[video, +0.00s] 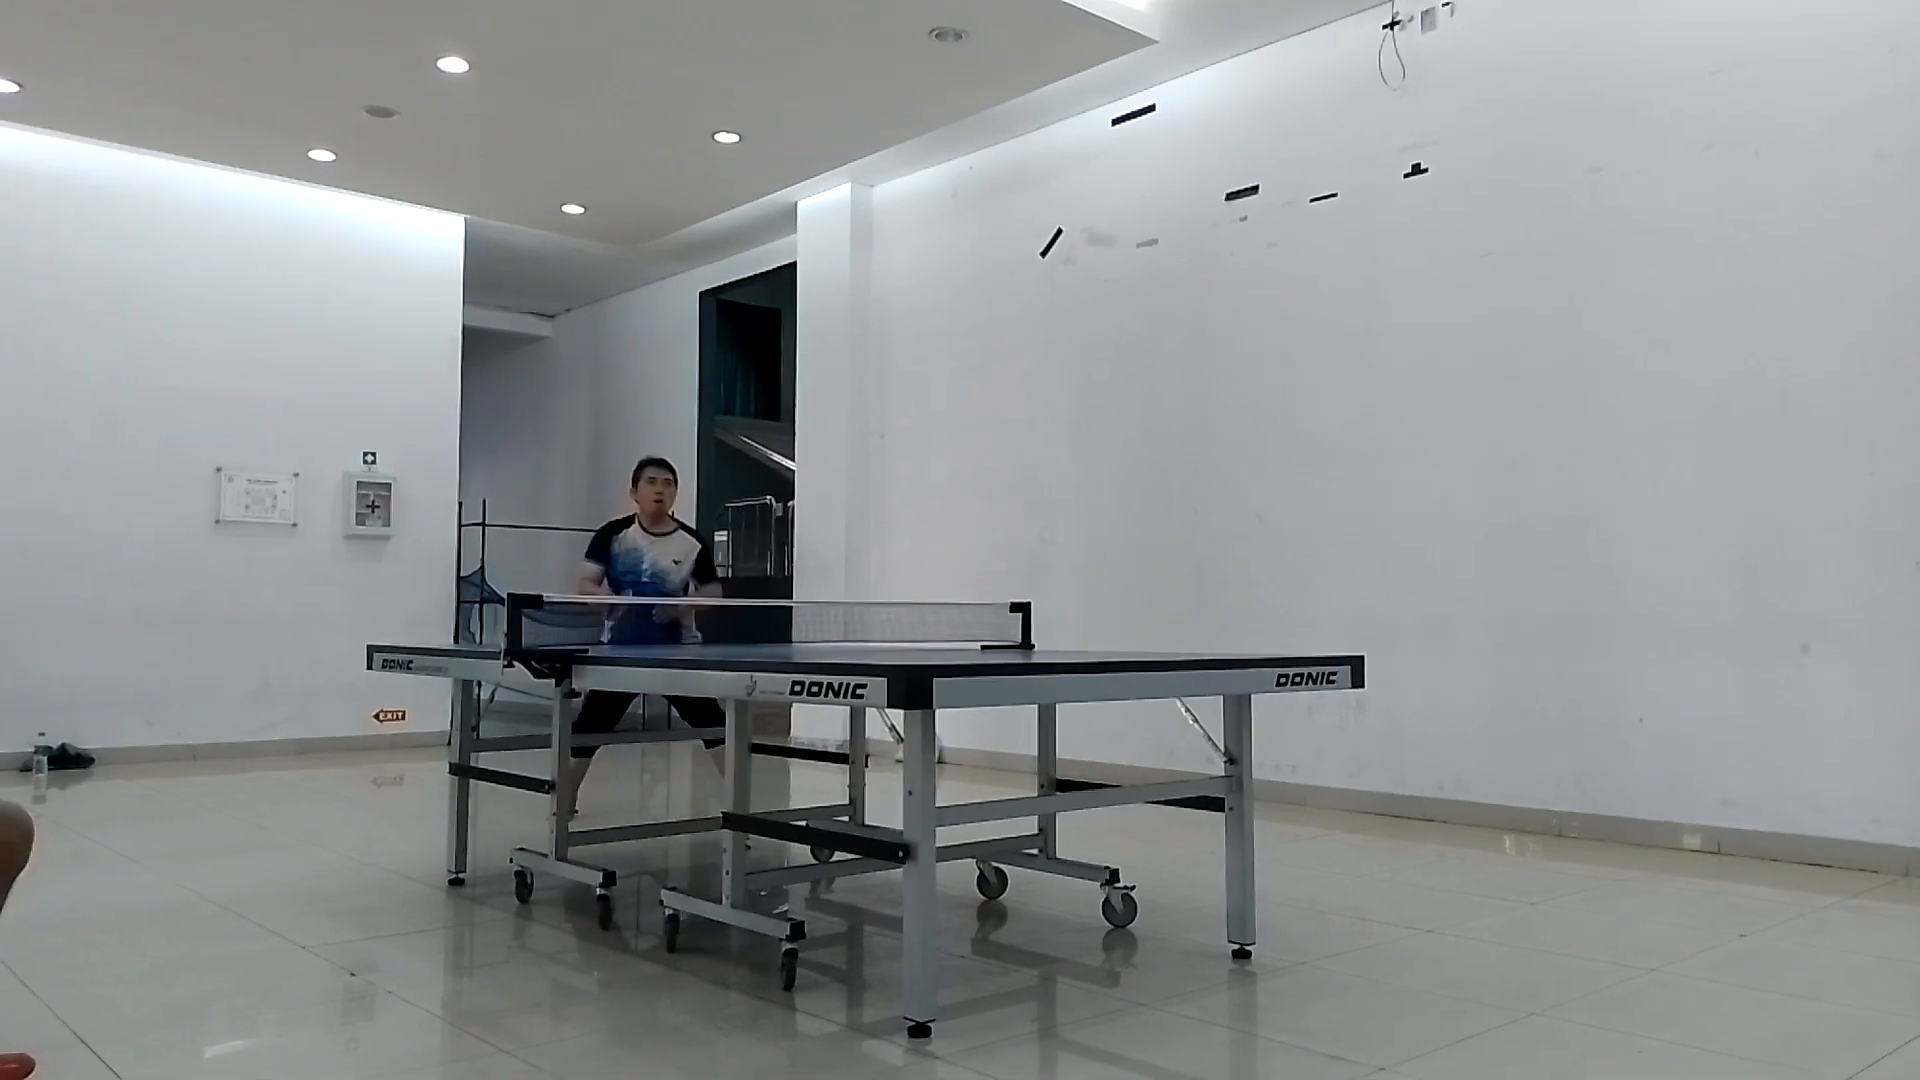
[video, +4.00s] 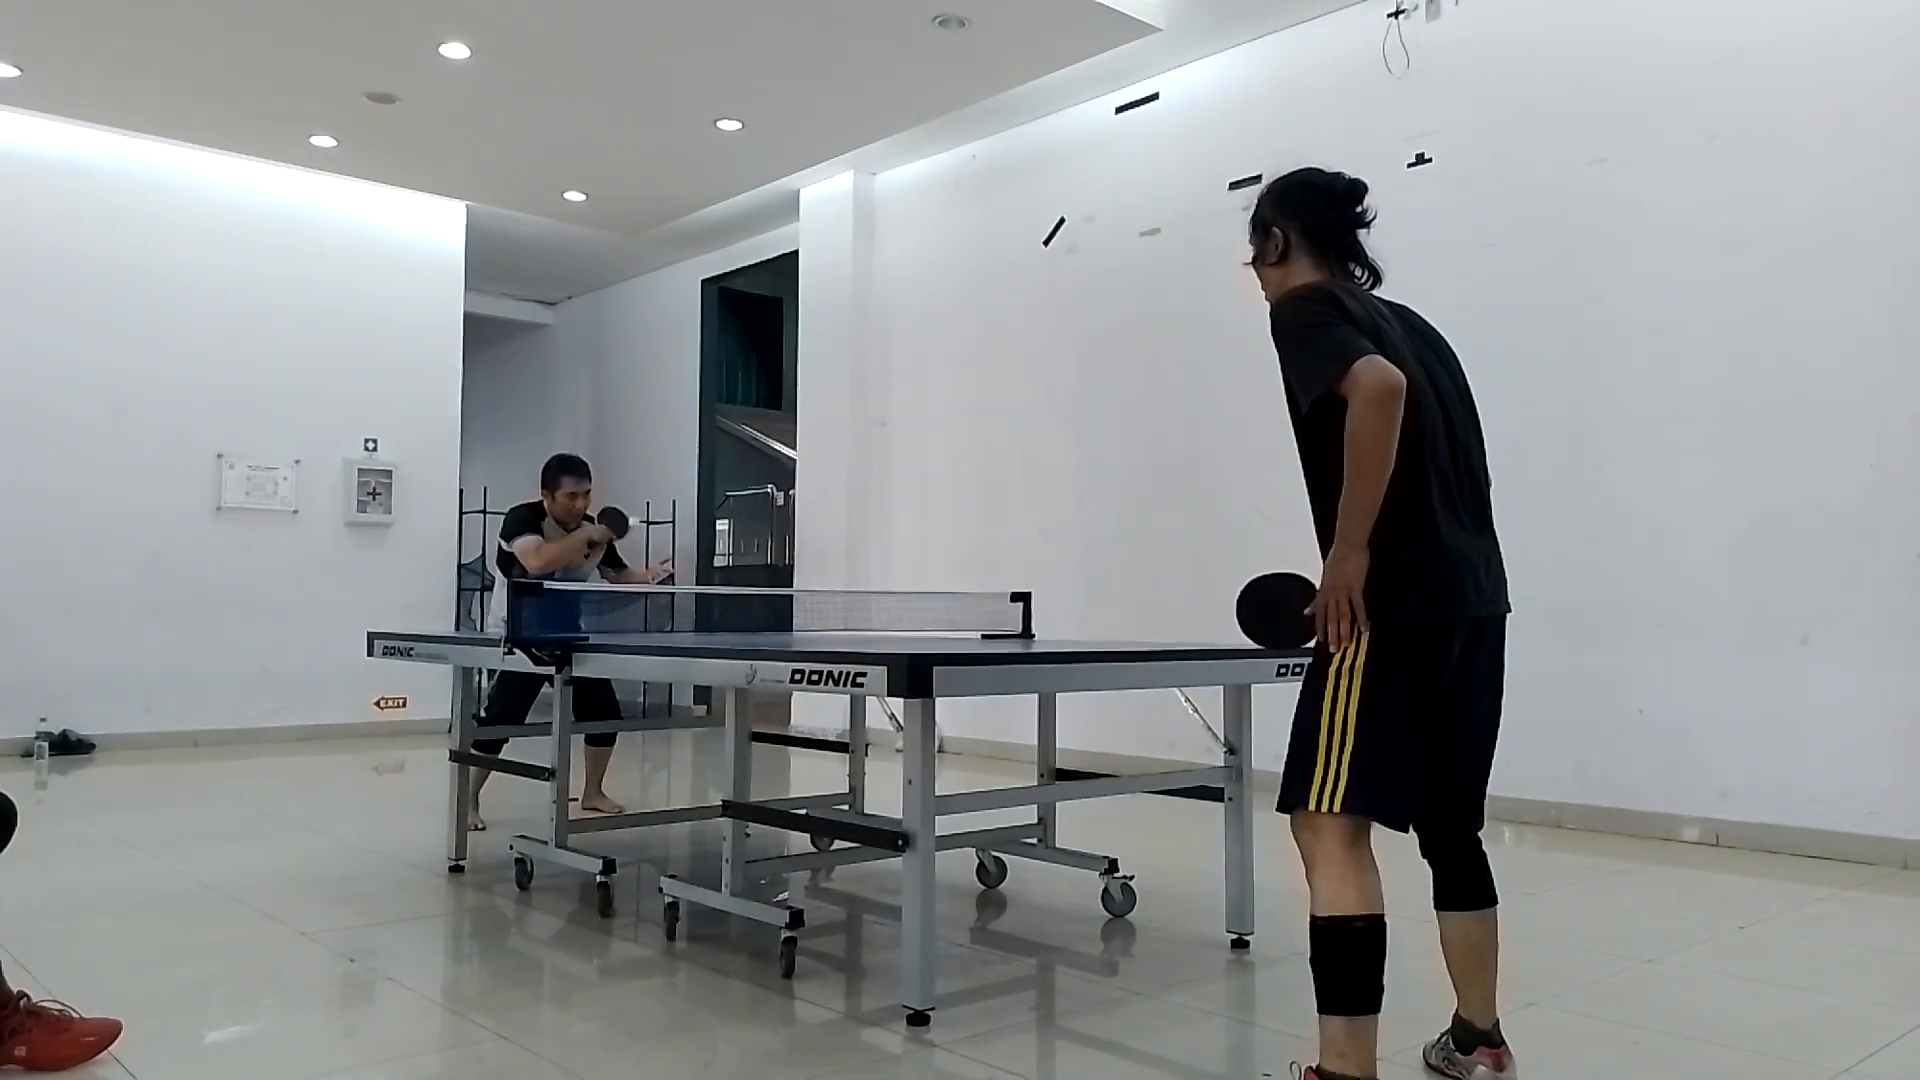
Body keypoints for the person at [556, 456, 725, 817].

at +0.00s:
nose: (660, 489)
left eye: (667, 483)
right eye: (651, 482)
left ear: (676, 493)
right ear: (634, 491)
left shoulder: (693, 543)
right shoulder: (611, 534)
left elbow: (713, 596)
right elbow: (584, 587)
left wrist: (680, 608)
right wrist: (606, 601)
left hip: (676, 654)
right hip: (621, 652)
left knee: (715, 729)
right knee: (587, 731)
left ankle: (742, 805)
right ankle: (564, 807)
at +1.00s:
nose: (590, 502)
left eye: (595, 493)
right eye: (587, 494)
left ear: (618, 487)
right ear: (590, 493)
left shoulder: (644, 525)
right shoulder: (604, 524)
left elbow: (651, 587)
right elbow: (605, 574)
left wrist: (615, 625)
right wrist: (570, 609)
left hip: (649, 623)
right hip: (626, 621)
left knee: (611, 693)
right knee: (636, 696)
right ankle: (667, 773)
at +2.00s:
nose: (548, 476)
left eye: (555, 468)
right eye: (539, 468)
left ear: (565, 471)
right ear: (523, 472)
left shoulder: (582, 519)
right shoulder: (500, 510)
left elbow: (602, 575)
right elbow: (468, 558)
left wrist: (599, 605)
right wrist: (485, 597)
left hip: (561, 626)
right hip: (513, 624)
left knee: (554, 705)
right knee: (504, 698)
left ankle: (551, 783)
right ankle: (515, 777)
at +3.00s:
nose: (558, 495)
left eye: (564, 486)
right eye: (548, 486)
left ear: (574, 488)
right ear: (529, 489)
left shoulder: (587, 535)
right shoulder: (506, 522)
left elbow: (598, 598)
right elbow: (460, 568)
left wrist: (609, 602)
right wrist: (505, 567)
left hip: (560, 640)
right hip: (504, 639)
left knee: (592, 707)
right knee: (491, 717)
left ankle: (593, 794)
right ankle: (467, 801)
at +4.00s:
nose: (581, 504)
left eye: (585, 495)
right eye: (572, 496)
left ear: (590, 492)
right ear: (547, 494)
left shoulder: (592, 530)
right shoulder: (521, 518)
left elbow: (620, 576)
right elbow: (535, 561)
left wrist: (649, 576)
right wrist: (585, 535)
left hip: (571, 643)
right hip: (521, 643)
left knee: (605, 715)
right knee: (498, 725)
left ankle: (593, 793)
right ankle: (468, 798)